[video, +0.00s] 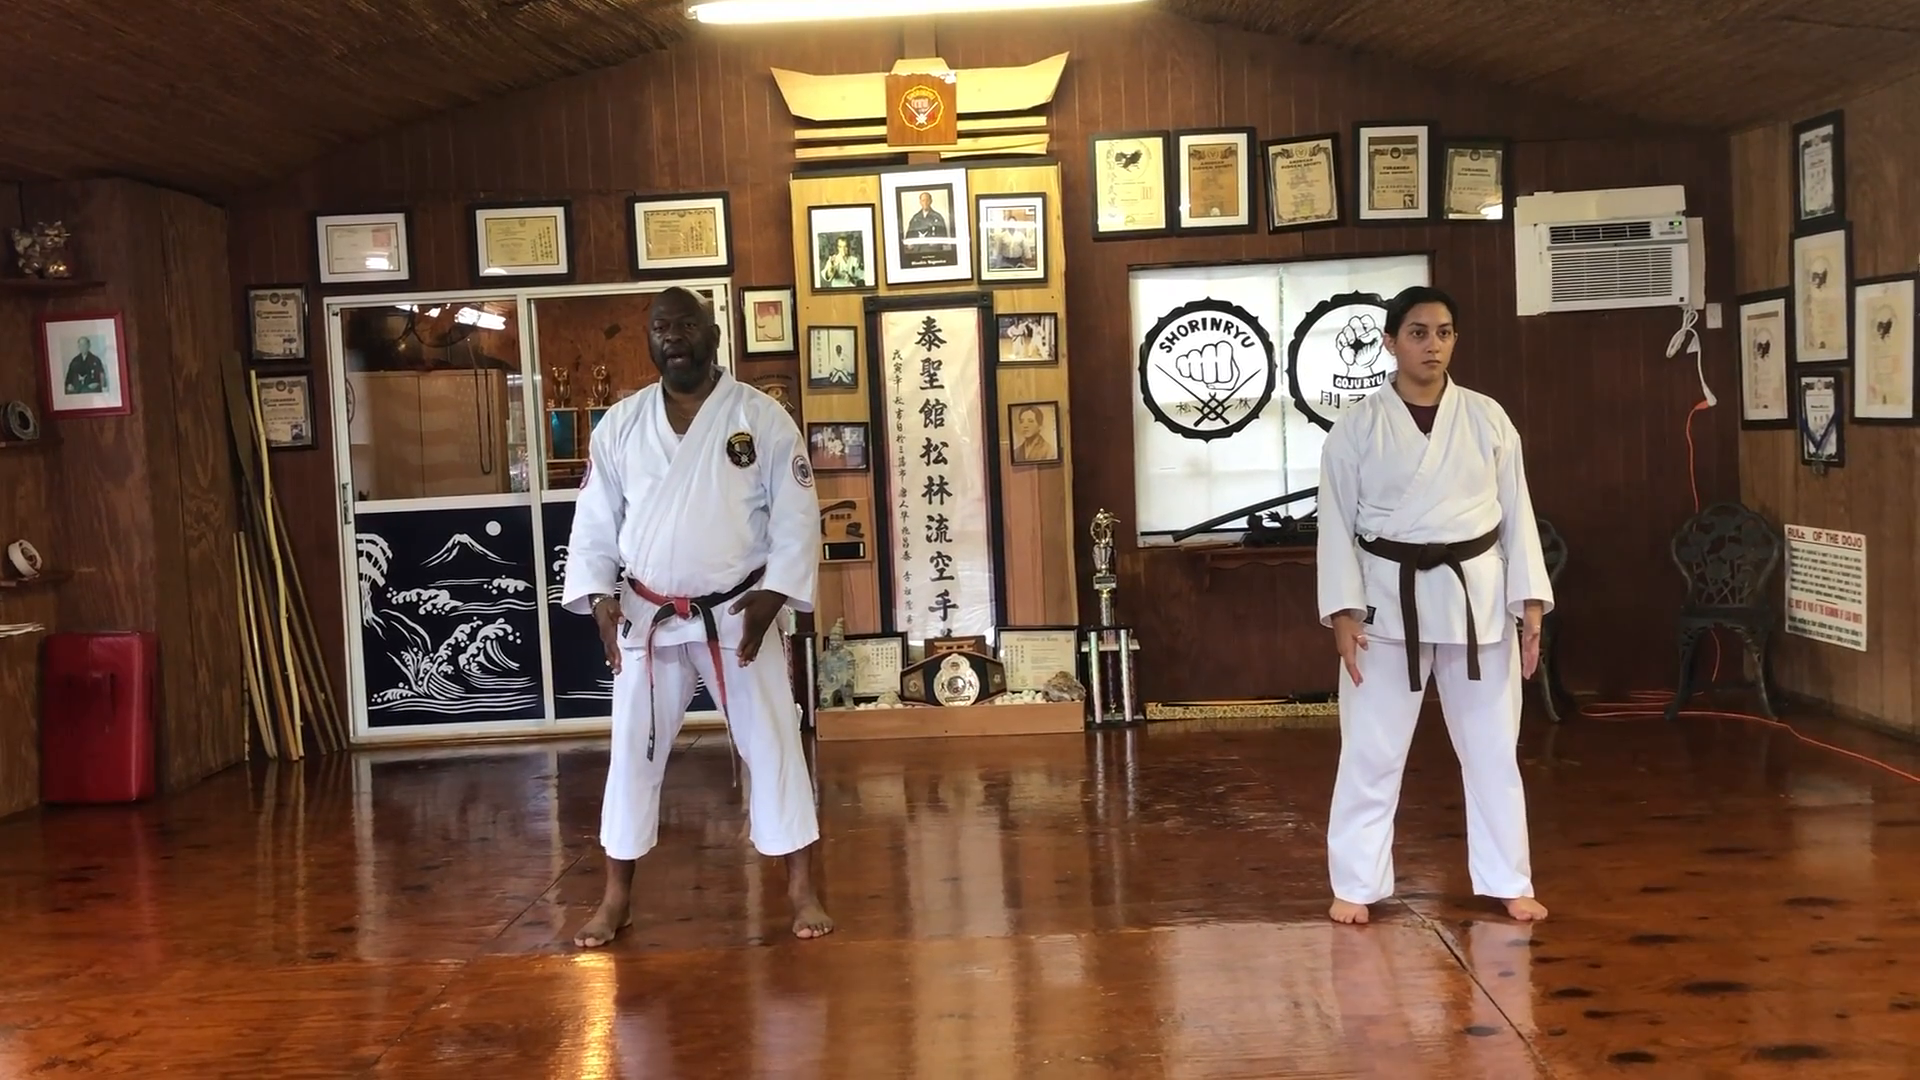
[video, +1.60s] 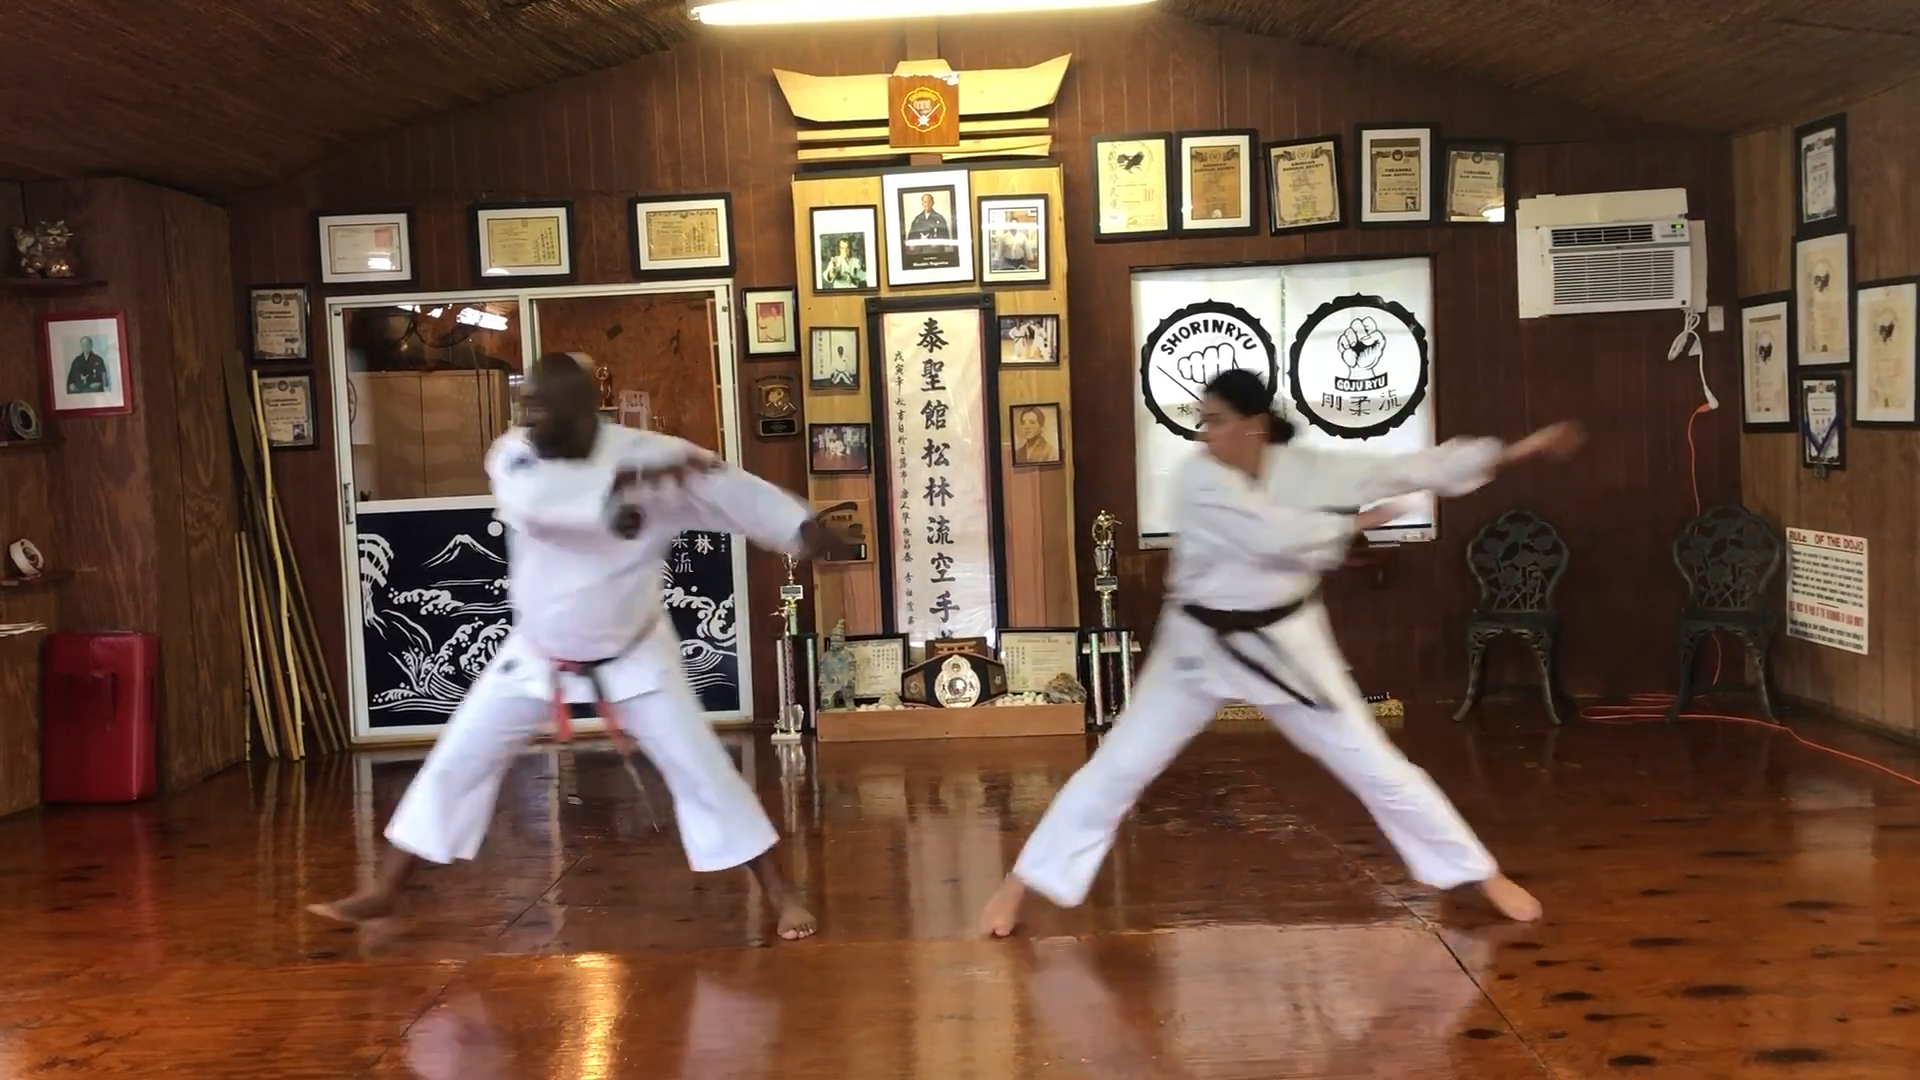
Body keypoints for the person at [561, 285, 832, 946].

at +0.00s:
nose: (673, 338)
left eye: (684, 326)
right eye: (661, 329)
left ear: (714, 334)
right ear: (648, 343)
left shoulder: (762, 418)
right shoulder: (619, 426)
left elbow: (797, 518)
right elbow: (595, 517)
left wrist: (772, 594)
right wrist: (599, 594)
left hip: (738, 607)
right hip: (647, 612)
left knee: (775, 745)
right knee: (631, 752)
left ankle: (804, 889)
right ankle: (614, 901)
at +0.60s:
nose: (653, 352)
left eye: (667, 340)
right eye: (644, 340)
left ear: (701, 340)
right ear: (633, 342)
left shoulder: (755, 405)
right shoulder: (609, 402)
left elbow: (808, 484)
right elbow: (547, 470)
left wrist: (749, 523)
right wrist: (602, 517)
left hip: (735, 594)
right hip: (643, 597)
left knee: (767, 735)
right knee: (621, 740)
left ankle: (802, 888)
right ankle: (603, 897)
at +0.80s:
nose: (651, 416)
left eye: (662, 404)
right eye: (641, 405)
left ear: (684, 390)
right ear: (626, 396)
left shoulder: (726, 425)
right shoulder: (608, 426)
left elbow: (773, 457)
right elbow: (557, 462)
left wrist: (722, 403)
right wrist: (546, 396)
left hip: (739, 619)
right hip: (648, 625)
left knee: (768, 750)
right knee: (622, 754)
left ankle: (786, 893)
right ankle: (599, 899)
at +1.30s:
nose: (659, 408)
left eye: (673, 398)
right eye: (651, 397)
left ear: (703, 391)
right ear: (639, 390)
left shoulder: (737, 429)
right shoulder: (611, 428)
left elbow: (774, 485)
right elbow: (550, 498)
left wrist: (694, 447)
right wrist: (547, 457)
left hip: (723, 618)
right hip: (632, 621)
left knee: (758, 743)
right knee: (616, 752)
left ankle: (786, 893)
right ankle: (616, 891)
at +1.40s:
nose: (657, 410)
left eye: (671, 398)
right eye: (649, 397)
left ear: (703, 396)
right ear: (639, 394)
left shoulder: (738, 445)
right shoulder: (613, 438)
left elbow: (761, 501)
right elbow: (573, 497)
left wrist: (684, 514)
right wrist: (544, 523)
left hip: (706, 629)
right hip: (611, 627)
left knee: (750, 756)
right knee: (578, 761)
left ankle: (785, 893)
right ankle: (576, 887)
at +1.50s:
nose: (604, 411)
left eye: (618, 400)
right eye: (600, 399)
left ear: (656, 400)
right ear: (596, 398)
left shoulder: (702, 450)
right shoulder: (578, 450)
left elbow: (754, 497)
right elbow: (545, 523)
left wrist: (736, 552)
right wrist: (588, 550)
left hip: (680, 642)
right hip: (583, 642)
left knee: (734, 754)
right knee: (519, 756)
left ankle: (785, 893)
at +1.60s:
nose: (526, 419)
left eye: (540, 409)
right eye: (523, 406)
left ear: (584, 411)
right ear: (524, 408)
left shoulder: (649, 457)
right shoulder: (511, 459)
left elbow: (725, 490)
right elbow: (528, 500)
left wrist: (799, 526)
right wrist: (616, 499)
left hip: (633, 651)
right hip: (536, 651)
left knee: (698, 760)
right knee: (455, 756)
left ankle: (777, 894)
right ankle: (383, 887)